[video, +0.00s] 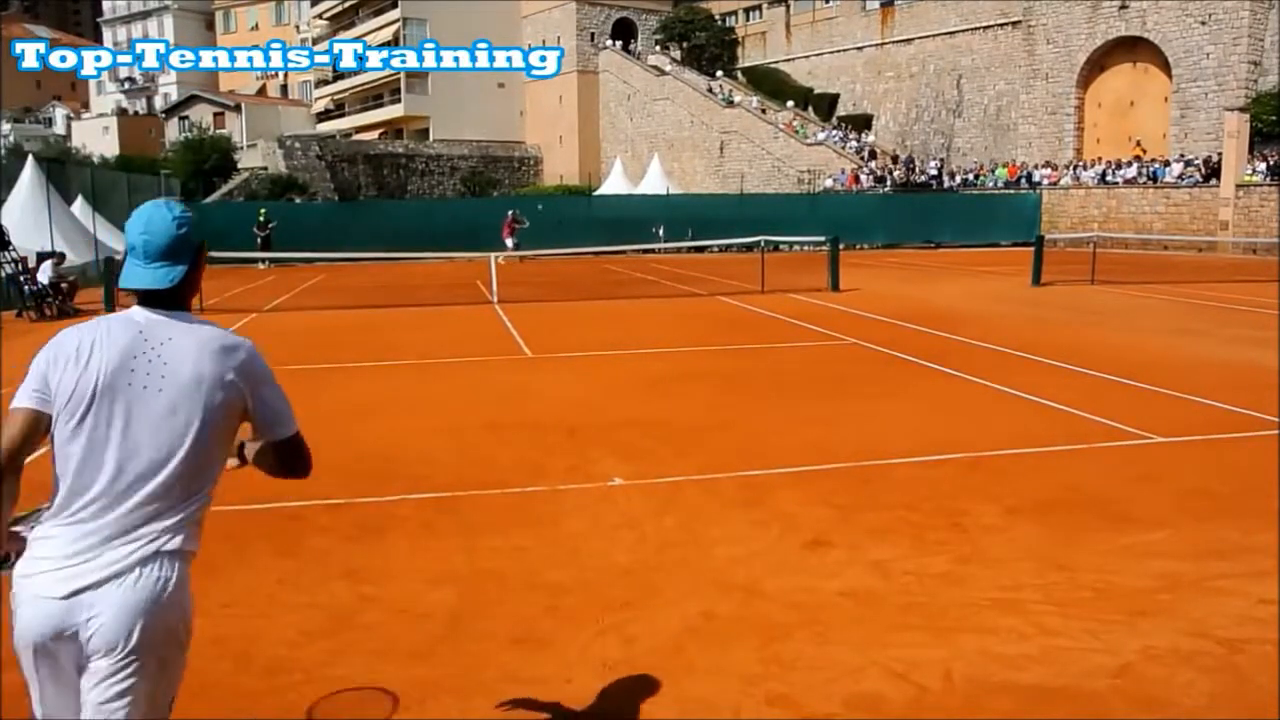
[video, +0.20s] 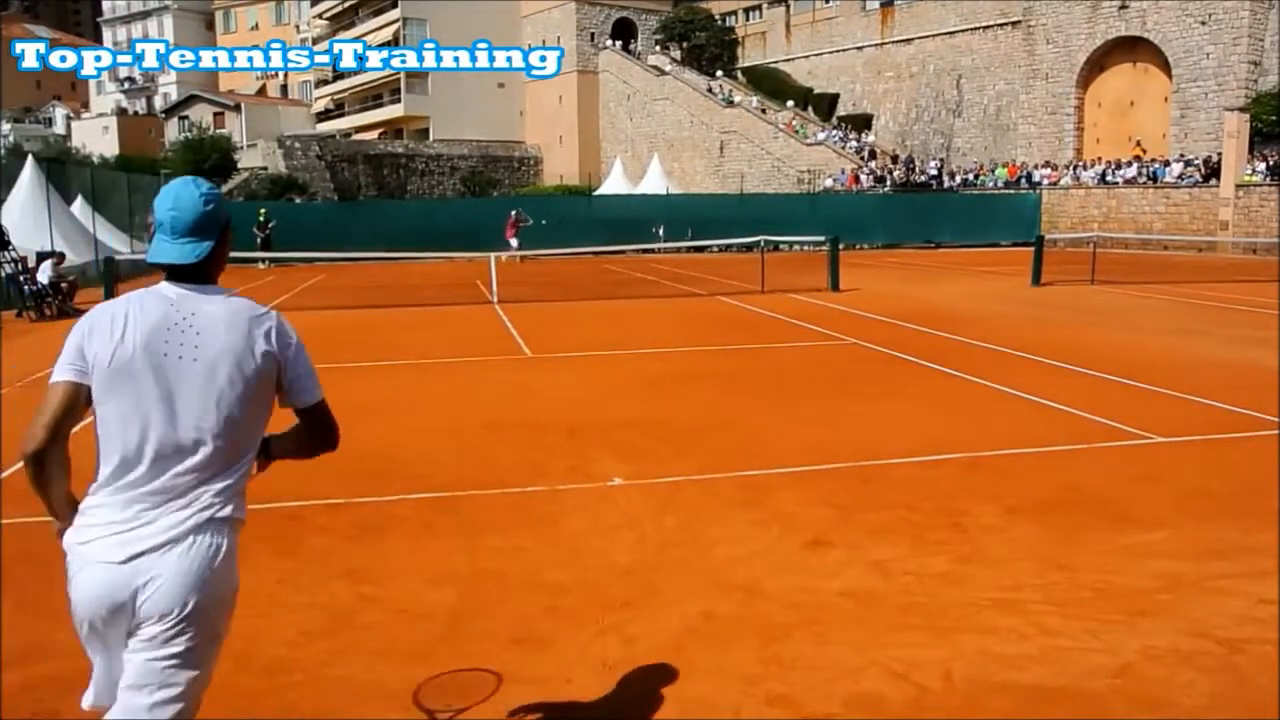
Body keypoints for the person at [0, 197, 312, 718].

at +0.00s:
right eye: (198, 264)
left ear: (127, 265)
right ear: (196, 270)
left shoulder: (68, 345)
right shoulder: (229, 353)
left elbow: (8, 453)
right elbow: (295, 462)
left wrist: (4, 535)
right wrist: (247, 450)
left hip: (43, 592)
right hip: (141, 599)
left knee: (56, 711)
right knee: (115, 711)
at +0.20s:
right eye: (223, 239)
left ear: (155, 240)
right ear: (223, 246)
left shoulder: (101, 323)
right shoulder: (262, 326)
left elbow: (40, 446)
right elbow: (321, 433)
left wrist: (69, 524)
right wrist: (264, 447)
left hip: (97, 559)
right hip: (193, 565)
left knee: (108, 700)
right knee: (145, 710)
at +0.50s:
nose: (256, 239)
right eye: (254, 232)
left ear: (187, 235)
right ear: (252, 239)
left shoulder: (132, 318)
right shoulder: (293, 319)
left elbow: (85, 440)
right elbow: (344, 432)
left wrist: (139, 495)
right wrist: (291, 459)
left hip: (148, 547)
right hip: (242, 548)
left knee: (175, 704)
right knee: (201, 710)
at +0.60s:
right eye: (263, 238)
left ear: (201, 240)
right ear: (267, 245)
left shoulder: (148, 325)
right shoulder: (306, 323)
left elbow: (109, 446)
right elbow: (354, 441)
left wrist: (169, 491)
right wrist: (304, 469)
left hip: (171, 553)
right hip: (262, 553)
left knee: (195, 705)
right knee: (244, 711)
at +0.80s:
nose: (281, 253)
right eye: (283, 246)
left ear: (218, 248)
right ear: (282, 252)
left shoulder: (168, 332)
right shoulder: (318, 328)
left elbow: (133, 452)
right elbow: (364, 449)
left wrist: (197, 490)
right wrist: (309, 478)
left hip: (192, 560)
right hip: (281, 557)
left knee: (225, 709)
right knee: (291, 709)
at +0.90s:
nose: (296, 256)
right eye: (298, 250)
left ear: (236, 255)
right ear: (299, 258)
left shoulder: (189, 337)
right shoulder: (332, 335)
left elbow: (158, 457)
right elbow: (374, 457)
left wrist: (218, 492)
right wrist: (329, 481)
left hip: (212, 563)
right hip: (301, 563)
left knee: (242, 710)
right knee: (334, 700)